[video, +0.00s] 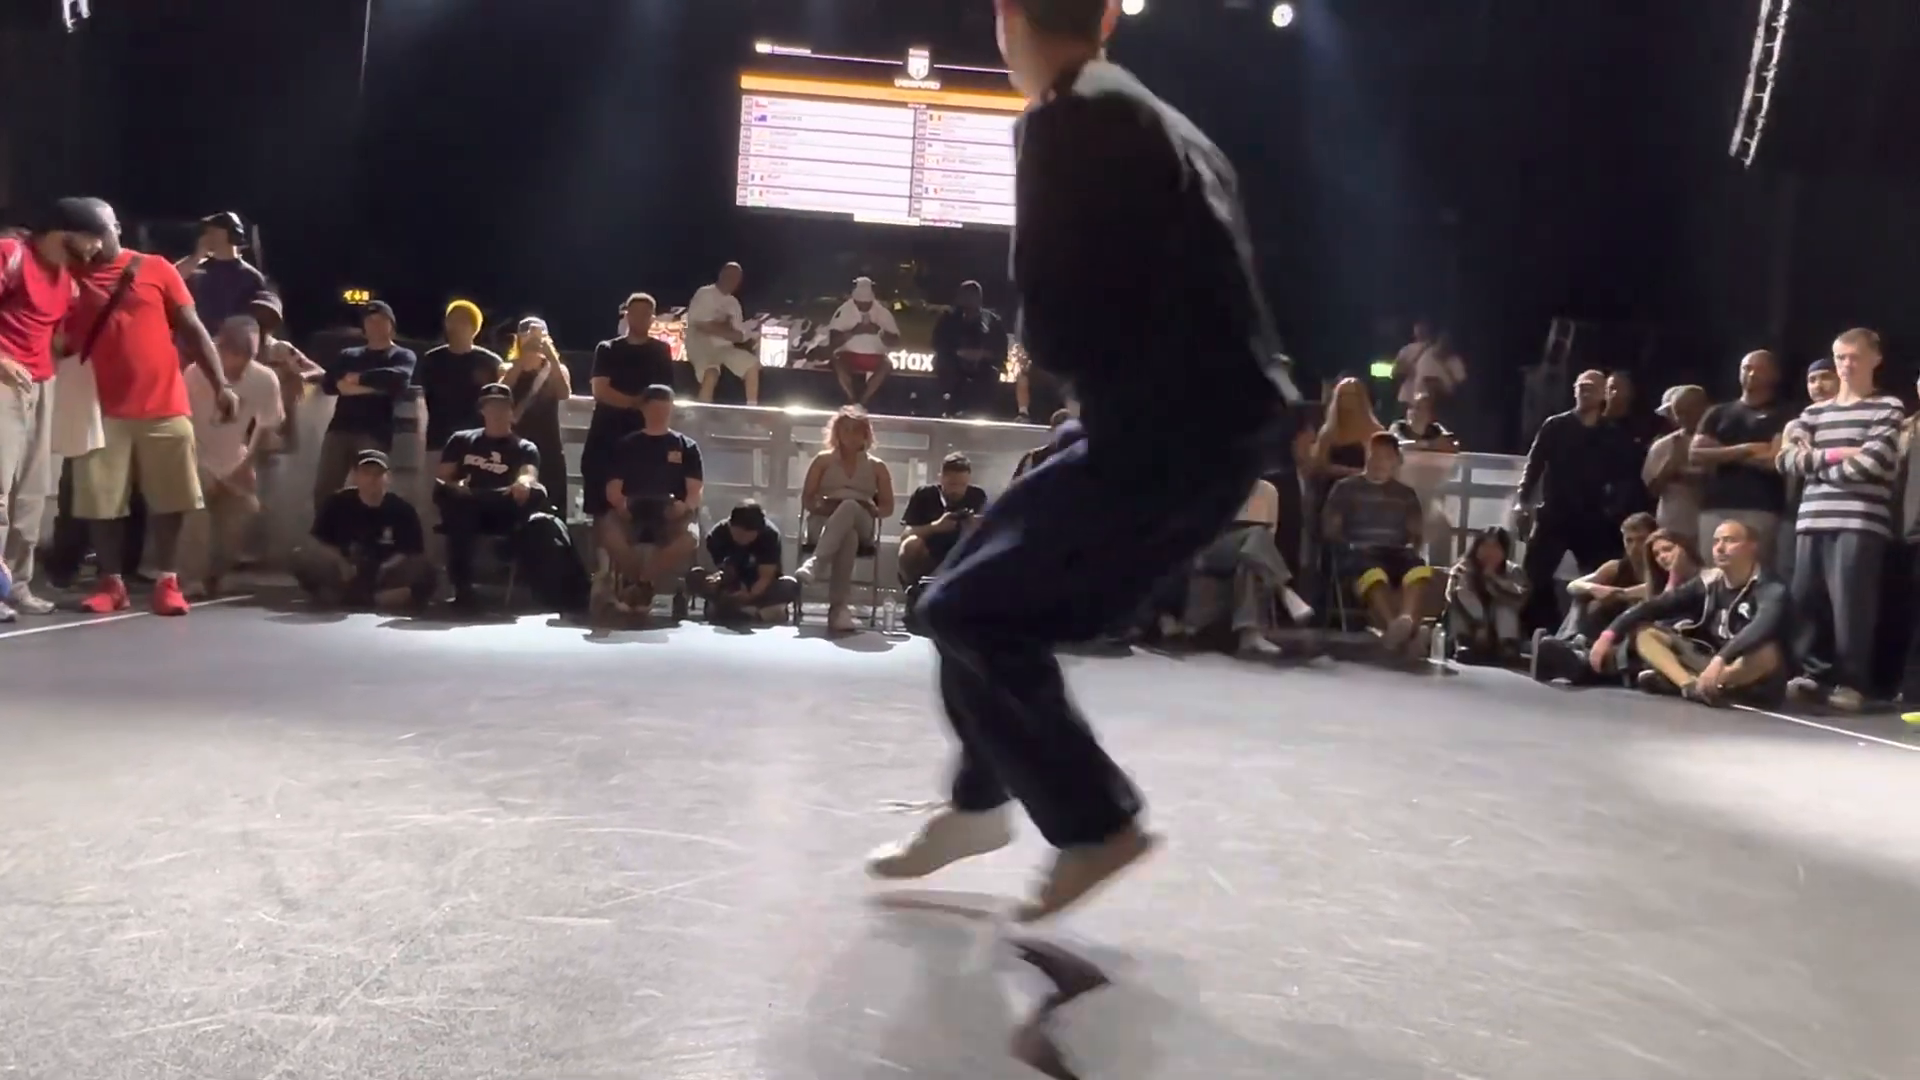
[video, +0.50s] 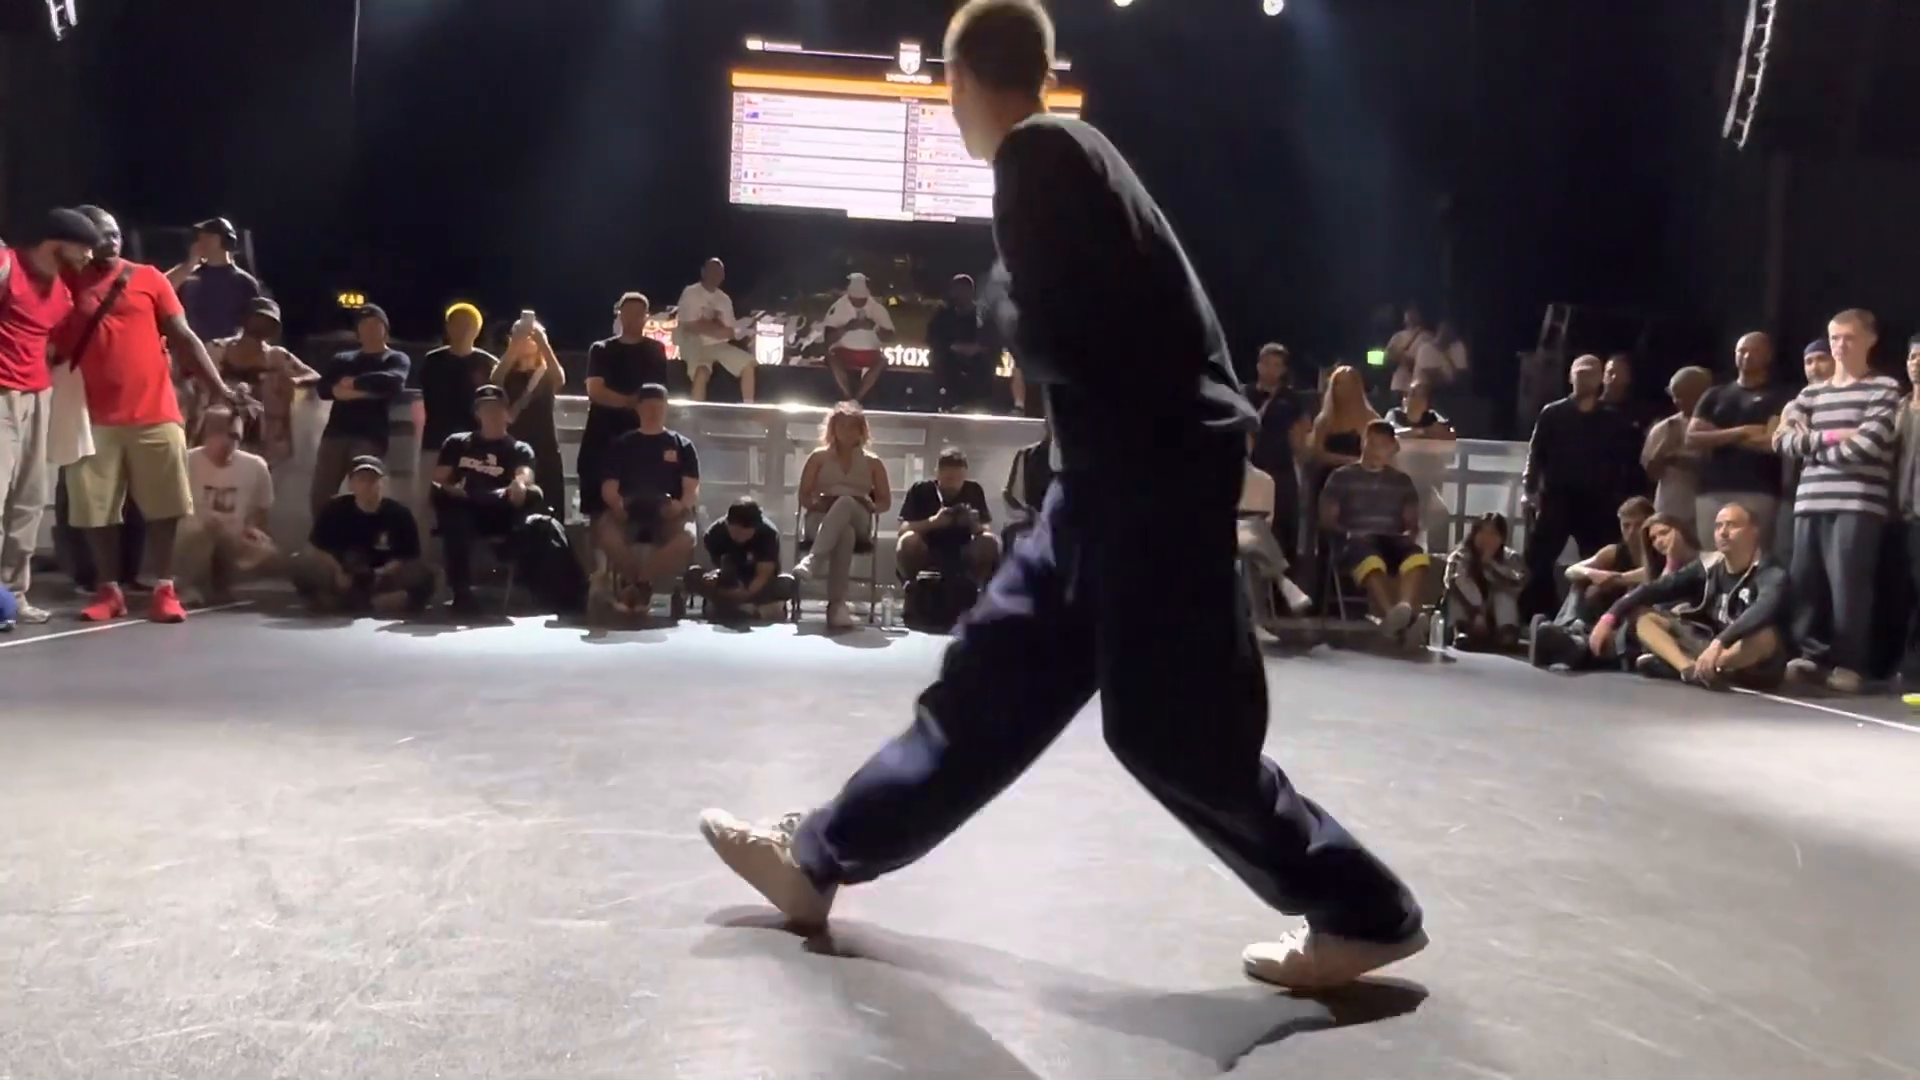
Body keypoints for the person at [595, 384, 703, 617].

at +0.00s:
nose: (659, 412)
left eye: (664, 407)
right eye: (654, 406)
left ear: (671, 409)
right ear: (644, 409)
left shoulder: (687, 447)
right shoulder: (625, 445)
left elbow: (695, 494)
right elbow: (613, 489)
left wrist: (679, 508)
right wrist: (628, 510)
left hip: (670, 509)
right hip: (633, 508)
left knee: (689, 537)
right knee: (608, 527)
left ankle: (642, 581)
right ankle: (639, 584)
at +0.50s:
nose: (653, 411)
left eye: (658, 405)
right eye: (648, 405)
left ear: (666, 408)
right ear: (638, 408)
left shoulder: (682, 445)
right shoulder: (620, 444)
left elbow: (690, 490)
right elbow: (609, 488)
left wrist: (678, 507)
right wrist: (622, 510)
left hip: (667, 509)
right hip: (629, 508)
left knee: (687, 537)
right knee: (605, 529)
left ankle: (639, 583)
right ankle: (639, 585)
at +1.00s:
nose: (661, 433)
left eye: (665, 427)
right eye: (655, 428)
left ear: (672, 431)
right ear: (645, 431)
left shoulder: (689, 467)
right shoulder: (628, 467)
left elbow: (698, 512)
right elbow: (616, 510)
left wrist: (687, 527)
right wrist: (628, 527)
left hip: (673, 528)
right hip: (637, 528)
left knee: (693, 558)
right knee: (613, 551)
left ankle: (647, 607)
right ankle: (648, 606)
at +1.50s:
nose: (665, 436)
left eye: (670, 431)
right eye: (659, 431)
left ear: (676, 434)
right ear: (648, 434)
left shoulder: (693, 470)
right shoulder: (632, 470)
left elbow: (702, 512)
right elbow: (621, 512)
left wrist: (692, 529)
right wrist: (630, 532)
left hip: (678, 531)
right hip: (642, 530)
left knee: (697, 560)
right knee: (616, 555)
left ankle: (652, 609)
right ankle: (651, 608)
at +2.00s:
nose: (670, 433)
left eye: (675, 428)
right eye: (665, 428)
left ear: (682, 430)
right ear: (654, 430)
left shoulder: (698, 467)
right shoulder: (637, 467)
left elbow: (707, 509)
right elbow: (626, 509)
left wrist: (698, 527)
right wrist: (635, 528)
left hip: (683, 528)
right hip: (647, 528)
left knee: (703, 557)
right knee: (623, 552)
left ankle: (655, 607)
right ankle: (659, 606)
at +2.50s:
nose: (675, 429)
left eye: (679, 424)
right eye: (669, 424)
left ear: (687, 427)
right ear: (659, 427)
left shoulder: (704, 463)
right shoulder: (643, 463)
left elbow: (713, 507)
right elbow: (631, 506)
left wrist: (702, 523)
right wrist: (642, 525)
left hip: (689, 524)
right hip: (652, 524)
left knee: (708, 554)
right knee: (628, 547)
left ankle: (662, 601)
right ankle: (659, 601)